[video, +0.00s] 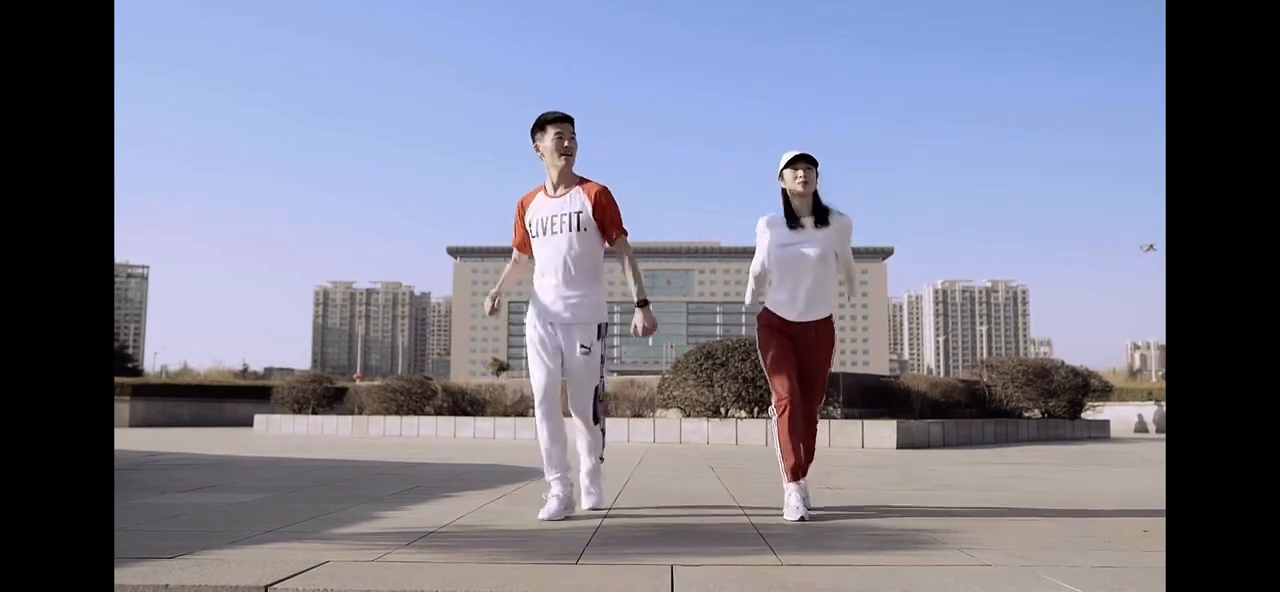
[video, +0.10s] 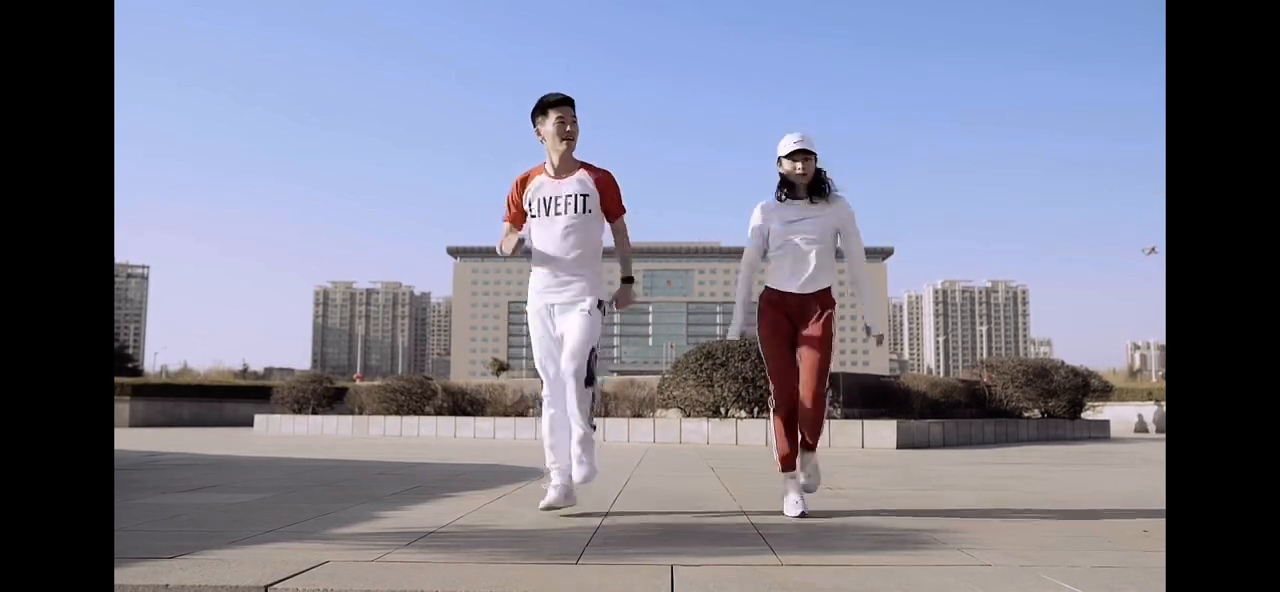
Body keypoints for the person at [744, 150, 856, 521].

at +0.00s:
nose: (803, 173)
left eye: (808, 168)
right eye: (795, 169)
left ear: (816, 178)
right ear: (783, 180)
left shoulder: (838, 224)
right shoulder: (768, 225)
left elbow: (847, 265)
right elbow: (758, 271)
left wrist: (853, 290)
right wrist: (752, 301)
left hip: (818, 326)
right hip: (775, 324)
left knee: (809, 407)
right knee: (787, 397)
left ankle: (800, 480)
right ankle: (792, 486)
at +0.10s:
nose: (801, 163)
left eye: (807, 157)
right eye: (793, 158)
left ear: (816, 163)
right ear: (781, 165)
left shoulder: (838, 209)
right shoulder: (766, 212)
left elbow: (857, 267)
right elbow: (748, 269)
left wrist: (872, 319)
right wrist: (740, 320)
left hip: (818, 307)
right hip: (774, 306)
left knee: (811, 399)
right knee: (784, 396)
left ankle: (808, 453)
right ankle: (790, 484)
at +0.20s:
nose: (802, 179)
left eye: (807, 173)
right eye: (794, 174)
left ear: (815, 175)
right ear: (780, 179)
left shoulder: (832, 217)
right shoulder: (768, 218)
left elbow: (852, 248)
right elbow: (751, 245)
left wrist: (871, 277)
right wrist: (746, 269)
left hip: (819, 303)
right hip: (777, 306)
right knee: (785, 402)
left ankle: (819, 425)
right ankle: (793, 484)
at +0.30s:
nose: (800, 182)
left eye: (805, 174)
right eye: (791, 176)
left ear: (814, 176)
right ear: (779, 180)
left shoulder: (831, 216)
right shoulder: (768, 217)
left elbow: (856, 242)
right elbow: (741, 242)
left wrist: (860, 233)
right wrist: (745, 237)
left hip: (820, 304)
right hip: (779, 309)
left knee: (811, 343)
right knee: (787, 399)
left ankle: (820, 420)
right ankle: (794, 483)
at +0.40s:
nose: (793, 163)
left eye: (799, 155)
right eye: (785, 157)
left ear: (809, 155)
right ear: (772, 161)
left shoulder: (831, 192)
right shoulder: (761, 204)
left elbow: (861, 240)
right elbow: (734, 254)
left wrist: (861, 202)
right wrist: (727, 231)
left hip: (822, 297)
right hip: (780, 299)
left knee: (816, 395)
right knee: (789, 396)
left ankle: (827, 446)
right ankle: (801, 479)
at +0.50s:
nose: (789, 169)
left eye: (795, 160)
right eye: (780, 162)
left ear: (806, 162)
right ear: (769, 167)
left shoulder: (826, 200)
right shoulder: (765, 215)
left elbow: (854, 245)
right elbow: (756, 260)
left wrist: (865, 207)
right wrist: (726, 247)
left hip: (823, 305)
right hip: (782, 309)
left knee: (825, 397)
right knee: (793, 397)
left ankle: (828, 449)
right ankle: (809, 490)